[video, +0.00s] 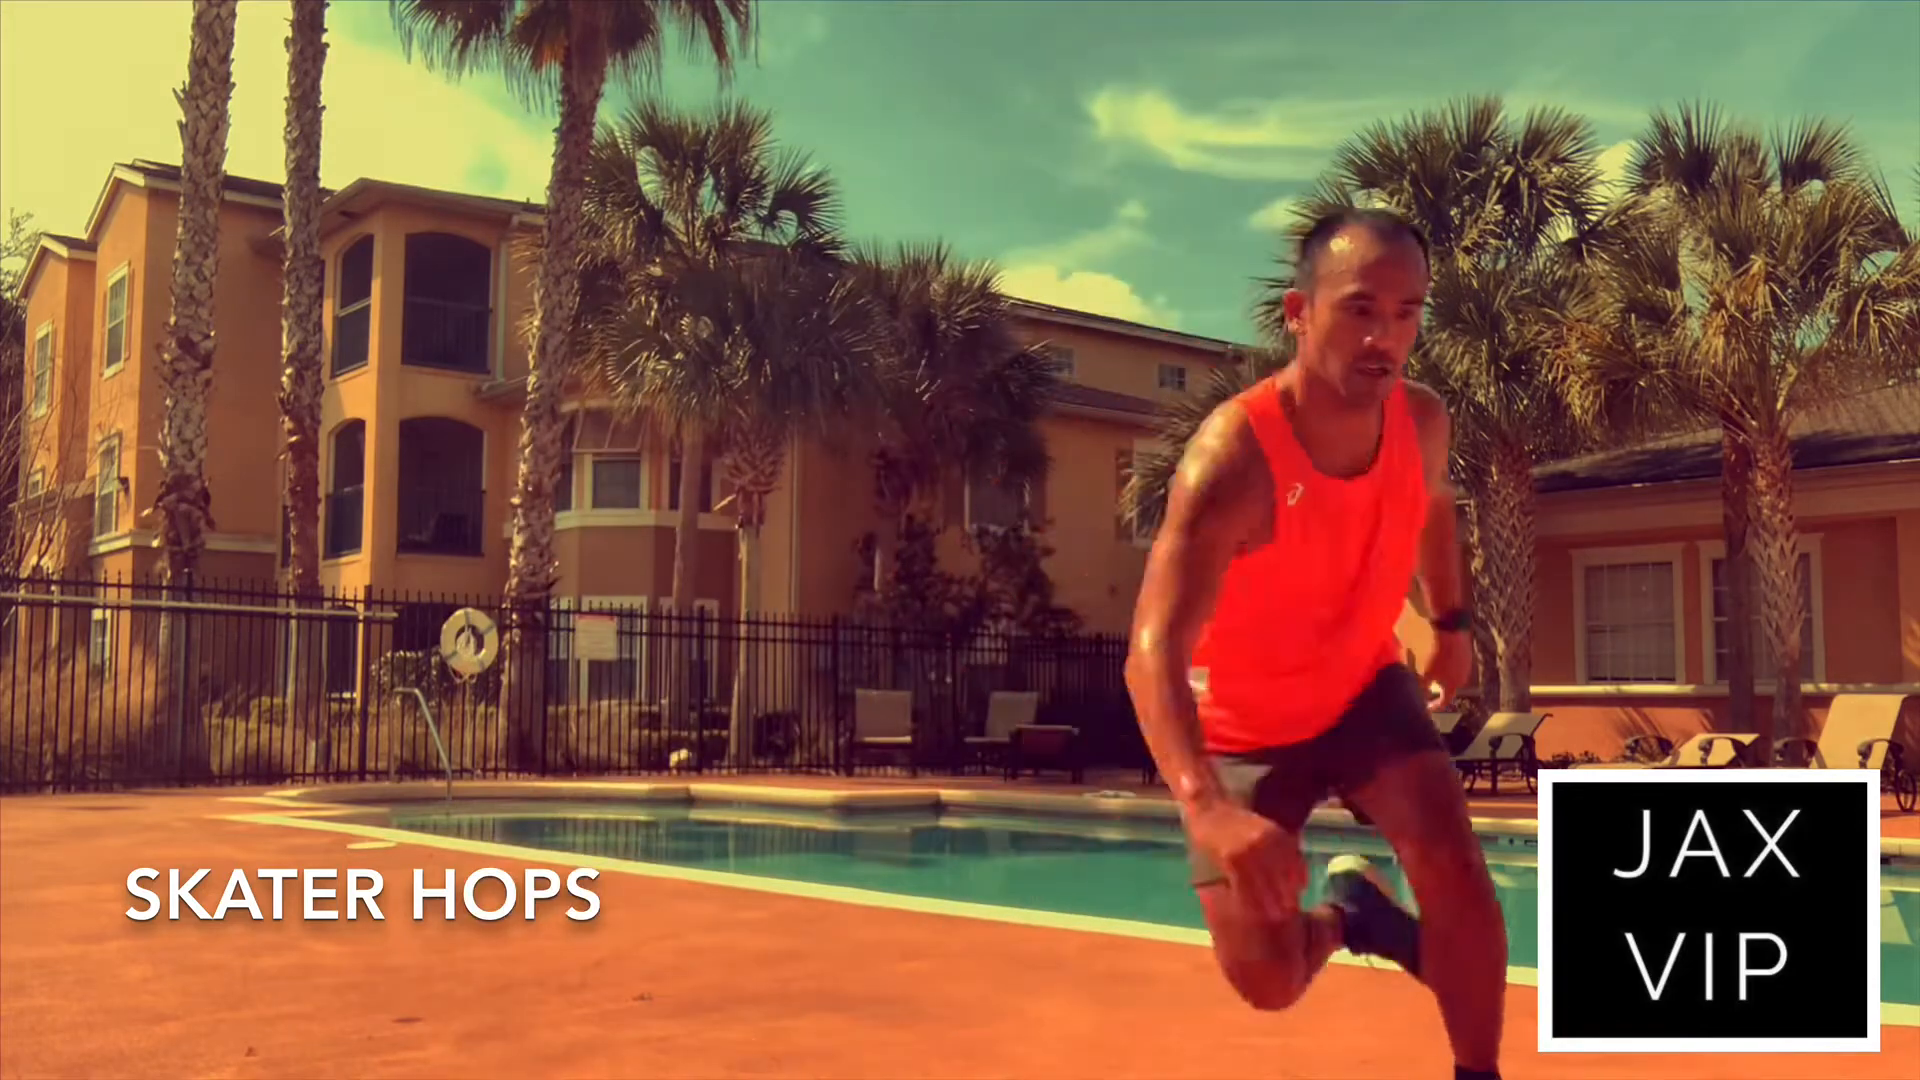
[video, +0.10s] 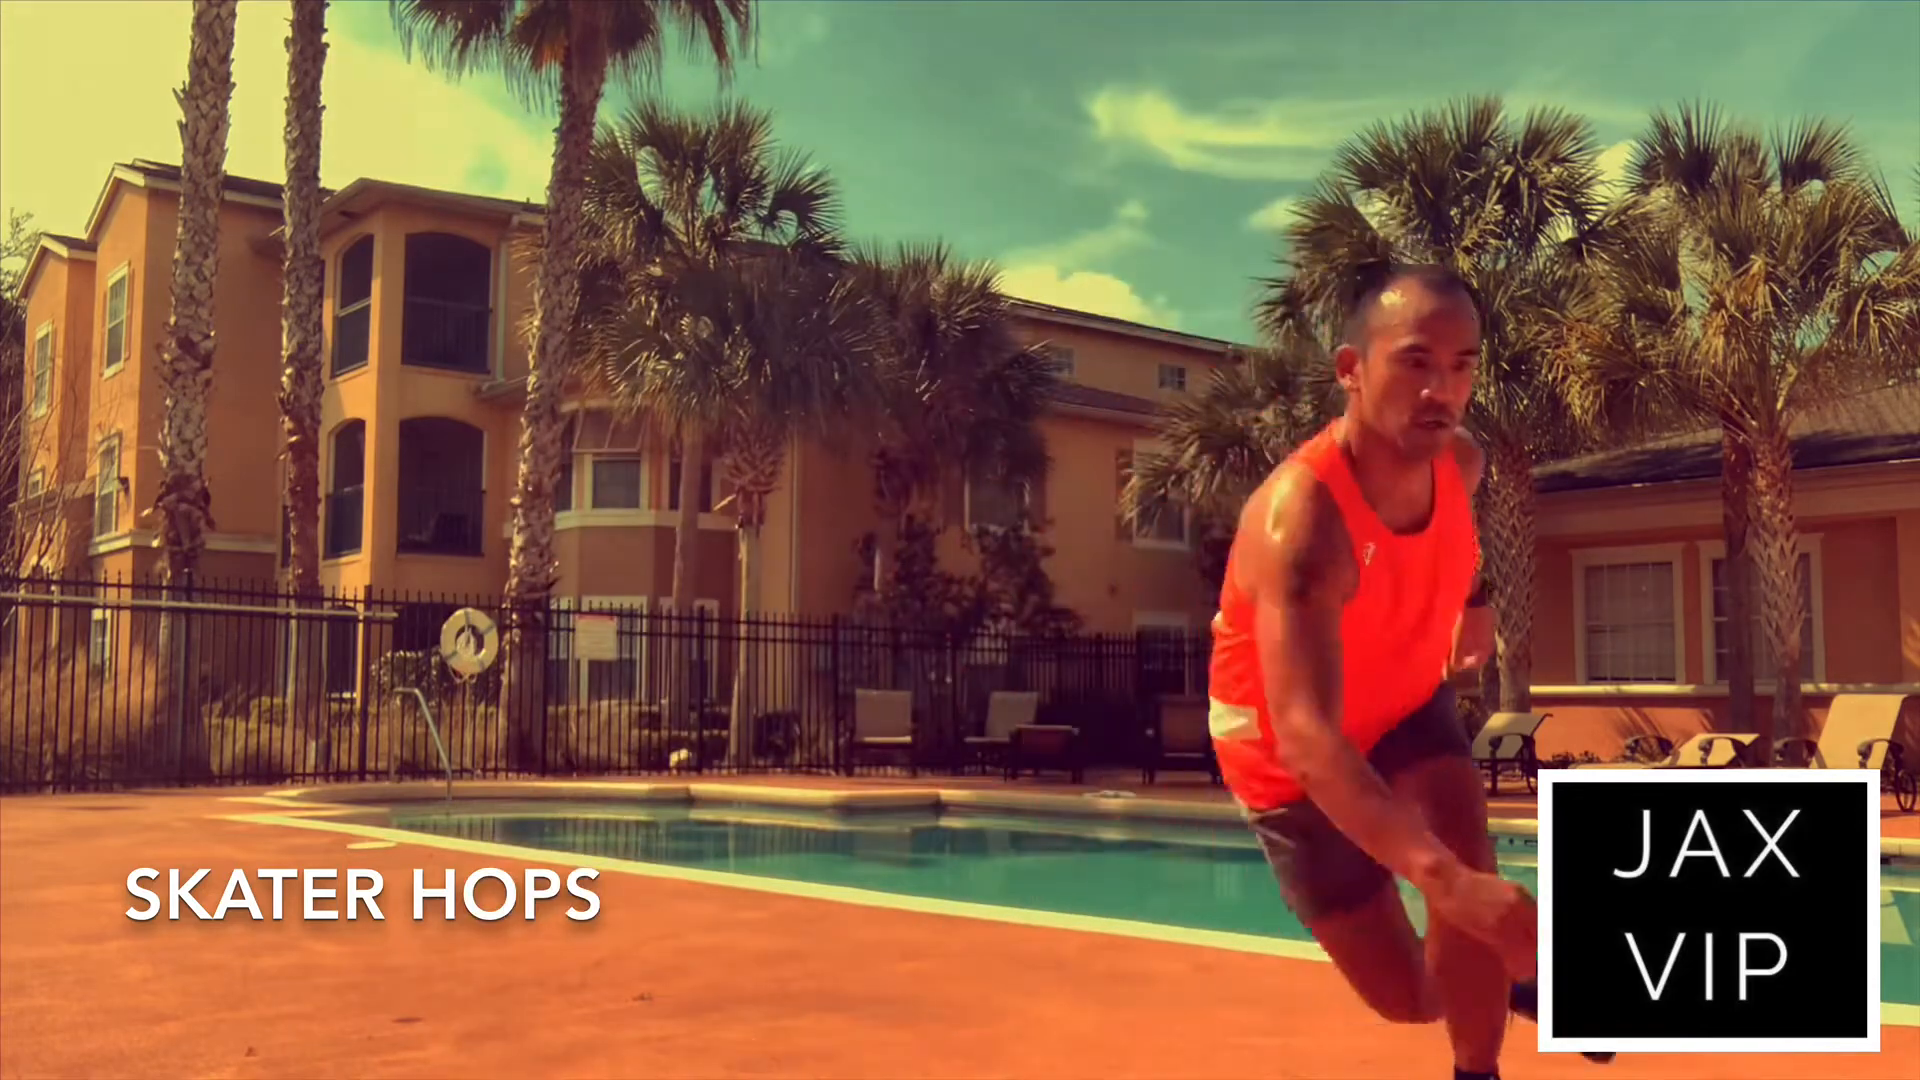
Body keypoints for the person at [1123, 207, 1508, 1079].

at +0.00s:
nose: (1385, 336)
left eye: (1404, 312)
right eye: (1360, 309)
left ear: (1420, 322)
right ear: (1298, 314)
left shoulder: (1420, 424)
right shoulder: (1231, 452)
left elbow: (1433, 514)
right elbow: (1152, 648)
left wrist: (1453, 622)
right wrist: (1206, 807)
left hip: (1363, 689)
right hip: (1237, 727)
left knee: (1456, 873)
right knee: (1266, 984)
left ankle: (1478, 1072)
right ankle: (1350, 910)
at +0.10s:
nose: (1443, 390)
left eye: (1461, 366)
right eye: (1417, 362)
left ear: (1476, 375)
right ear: (1351, 371)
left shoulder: (1456, 464)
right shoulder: (1300, 513)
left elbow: (1449, 538)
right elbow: (1303, 736)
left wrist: (1473, 600)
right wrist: (1449, 881)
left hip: (1406, 704)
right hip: (1285, 751)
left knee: (1466, 880)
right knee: (1405, 997)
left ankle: (1477, 1075)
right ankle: (1494, 966)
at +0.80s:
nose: (1030, 174)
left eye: (1057, 152)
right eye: (1012, 149)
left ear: (1107, 155)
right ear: (988, 146)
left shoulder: (1174, 265)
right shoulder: (943, 268)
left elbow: (1312, 319)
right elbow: (775, 355)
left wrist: (1329, 431)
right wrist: (678, 494)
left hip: (1191, 603)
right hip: (1022, 595)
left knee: (1330, 813)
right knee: (856, 743)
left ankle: (1476, 1046)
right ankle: (857, 929)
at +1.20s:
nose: (528, 294)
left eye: (559, 271)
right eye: (520, 268)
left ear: (634, 289)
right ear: (508, 270)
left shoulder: (697, 429)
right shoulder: (480, 407)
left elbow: (743, 620)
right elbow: (421, 536)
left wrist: (670, 756)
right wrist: (343, 640)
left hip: (656, 710)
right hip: (519, 679)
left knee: (652, 966)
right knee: (476, 859)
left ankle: (541, 869)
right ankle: (438, 1073)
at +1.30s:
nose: (468, 348)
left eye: (500, 326)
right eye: (460, 322)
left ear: (577, 342)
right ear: (450, 325)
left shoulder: (631, 480)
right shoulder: (434, 447)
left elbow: (614, 683)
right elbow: (398, 542)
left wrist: (481, 803)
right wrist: (293, 635)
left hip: (590, 745)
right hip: (461, 693)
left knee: (481, 981)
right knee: (437, 875)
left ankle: (352, 935)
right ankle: (433, 1075)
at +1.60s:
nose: (418, 466)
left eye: (452, 444)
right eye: (407, 438)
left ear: (518, 459)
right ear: (393, 438)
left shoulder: (572, 599)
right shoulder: (358, 541)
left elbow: (491, 787)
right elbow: (318, 606)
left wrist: (285, 865)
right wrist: (219, 698)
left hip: (481, 815)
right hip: (362, 753)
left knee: (309, 1030)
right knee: (383, 862)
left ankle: (198, 1020)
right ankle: (423, 1075)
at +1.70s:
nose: (448, 392)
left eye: (481, 368)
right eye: (435, 364)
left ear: (544, 381)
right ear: (418, 367)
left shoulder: (604, 518)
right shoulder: (393, 484)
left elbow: (577, 728)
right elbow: (352, 593)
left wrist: (419, 816)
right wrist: (269, 704)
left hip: (517, 766)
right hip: (396, 711)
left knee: (354, 974)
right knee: (409, 859)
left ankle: (196, 1018)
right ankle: (424, 1076)